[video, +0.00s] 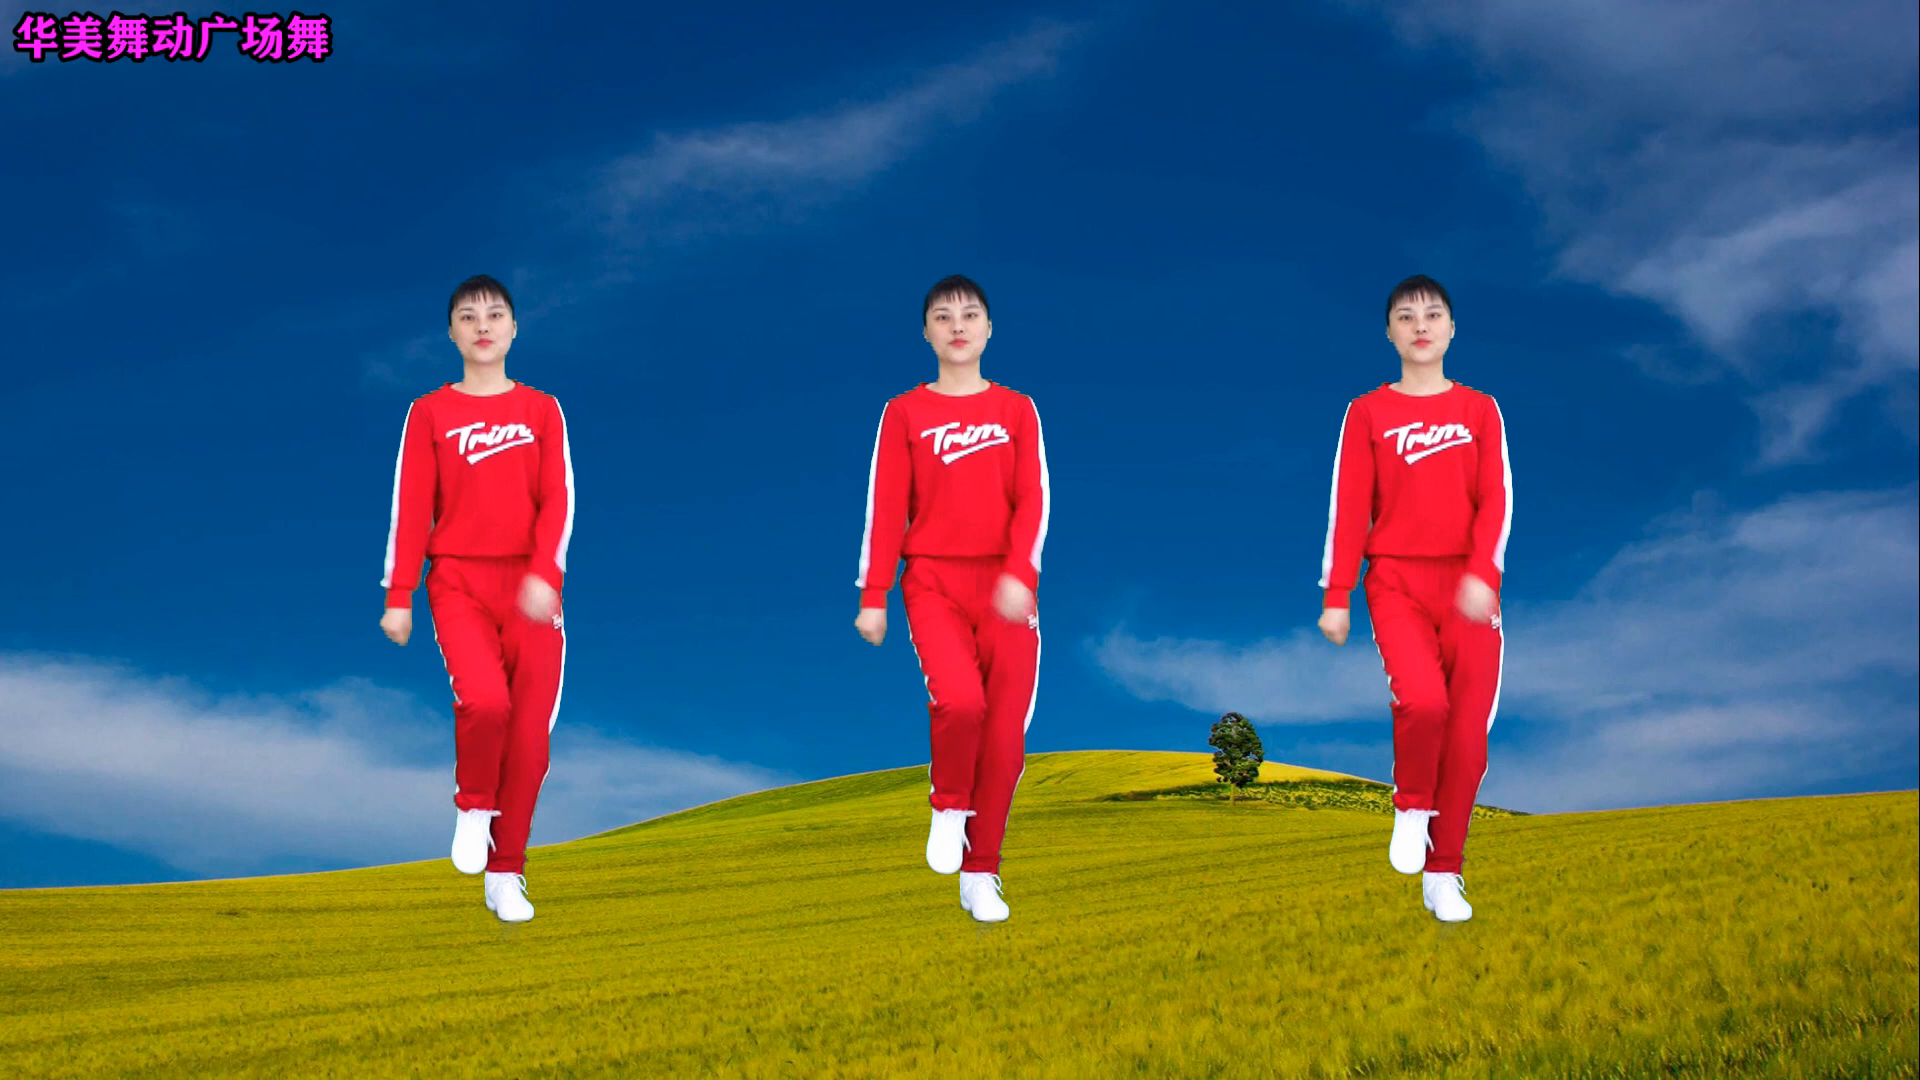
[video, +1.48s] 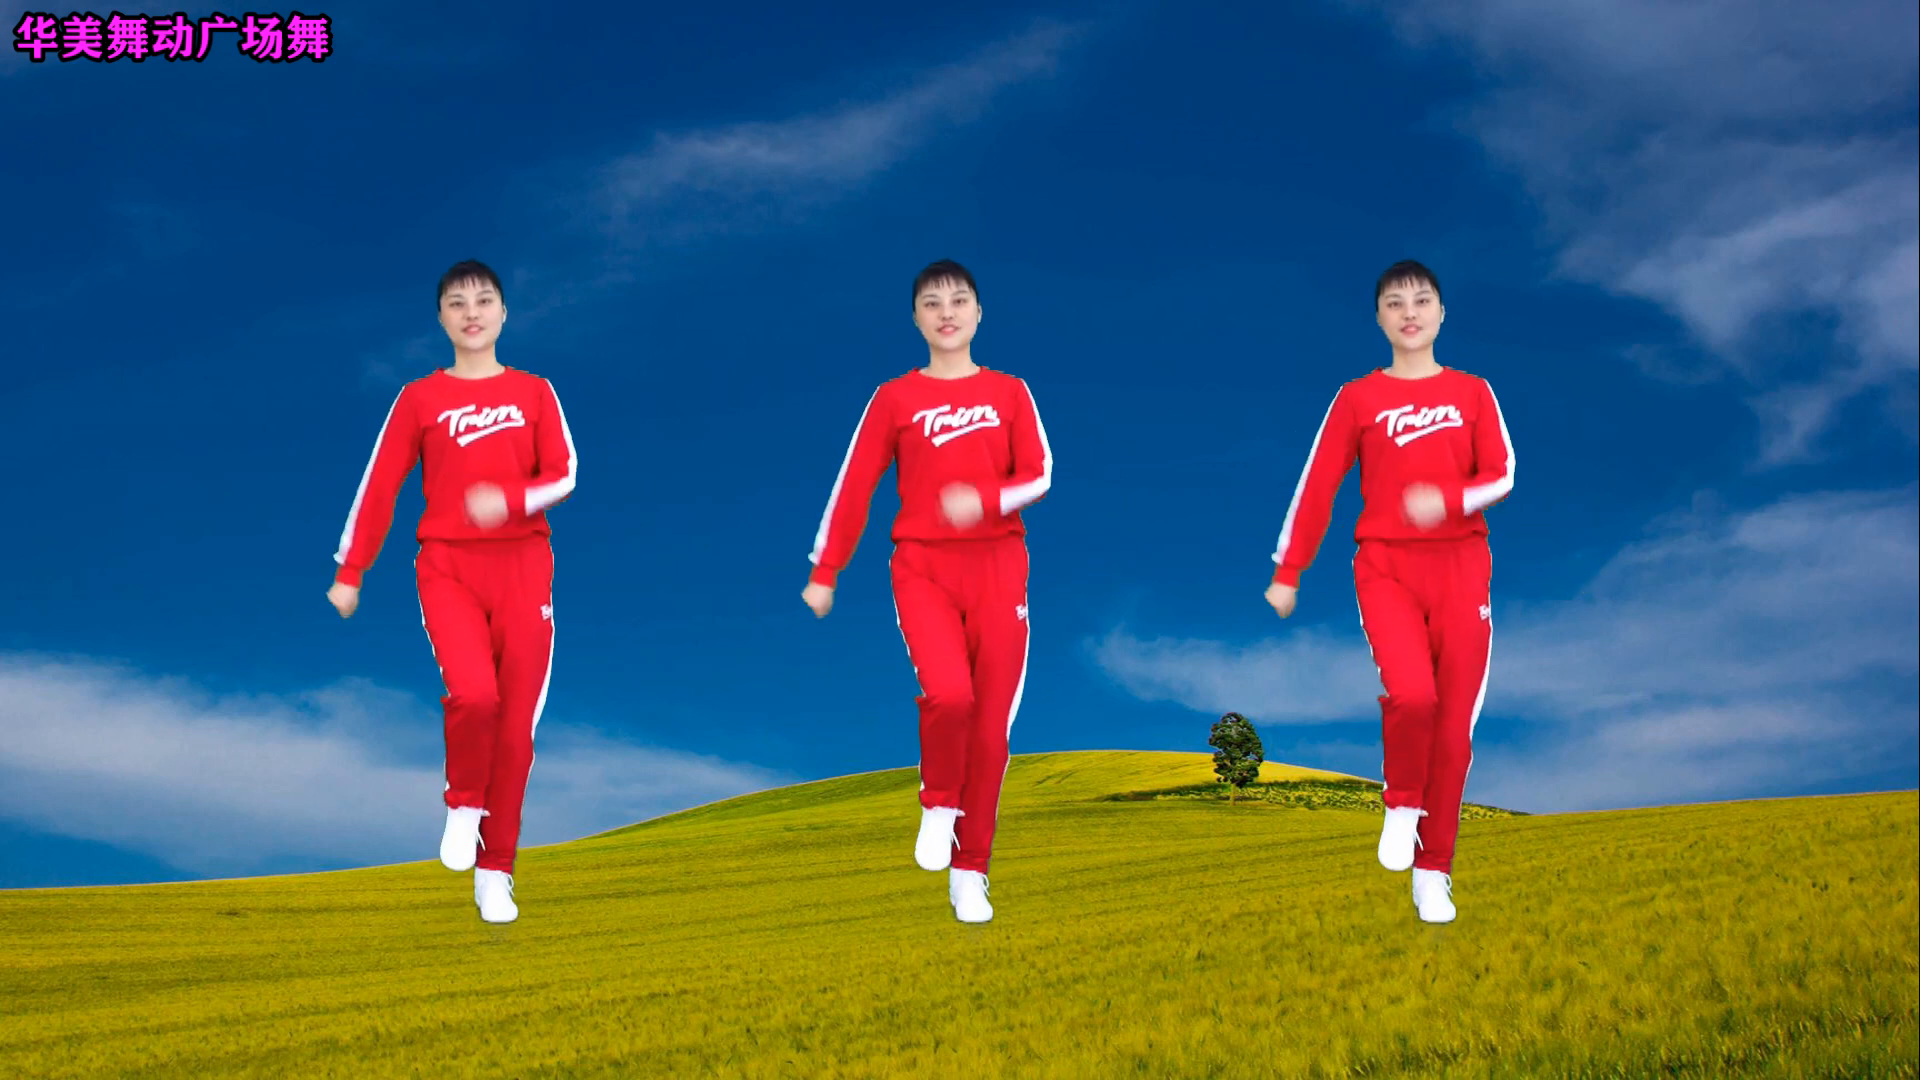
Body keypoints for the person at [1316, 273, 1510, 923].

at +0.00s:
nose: (1420, 326)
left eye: (1432, 315)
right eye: (1407, 317)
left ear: (1451, 328)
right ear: (1391, 332)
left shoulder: (1481, 408)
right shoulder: (1367, 411)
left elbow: (1496, 498)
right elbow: (1348, 507)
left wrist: (1483, 574)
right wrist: (1337, 595)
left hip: (1470, 582)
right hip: (1395, 581)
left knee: (1470, 726)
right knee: (1425, 703)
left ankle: (1445, 868)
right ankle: (1412, 807)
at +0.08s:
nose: (1420, 315)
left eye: (1431, 304)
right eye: (1407, 306)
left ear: (1450, 315)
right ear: (1391, 321)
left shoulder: (1481, 393)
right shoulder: (1365, 401)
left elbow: (1504, 471)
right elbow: (1329, 488)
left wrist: (1452, 496)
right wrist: (1304, 571)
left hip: (1470, 573)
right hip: (1395, 571)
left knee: (1466, 718)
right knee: (1425, 696)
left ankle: (1446, 868)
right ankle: (1415, 807)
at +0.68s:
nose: (1403, 327)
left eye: (1415, 317)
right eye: (1390, 317)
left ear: (1433, 329)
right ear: (1374, 330)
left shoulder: (1461, 407)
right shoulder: (1346, 410)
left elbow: (1468, 499)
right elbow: (1330, 498)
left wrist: (1465, 584)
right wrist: (1348, 569)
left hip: (1435, 582)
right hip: (1364, 583)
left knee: (1409, 714)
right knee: (1363, 735)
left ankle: (1430, 810)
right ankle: (1390, 867)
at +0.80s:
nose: (1402, 310)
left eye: (1415, 300)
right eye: (1389, 300)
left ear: (1432, 312)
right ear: (1372, 312)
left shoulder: (1460, 389)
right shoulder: (1342, 393)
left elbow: (1499, 476)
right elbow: (1305, 473)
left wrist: (1517, 565)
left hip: (1437, 567)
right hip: (1361, 567)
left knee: (1410, 711)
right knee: (1369, 723)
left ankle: (1427, 818)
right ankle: (1392, 862)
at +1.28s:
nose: (1409, 322)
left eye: (1421, 311)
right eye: (1396, 311)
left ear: (1439, 321)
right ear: (1380, 323)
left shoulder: (1470, 399)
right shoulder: (1354, 403)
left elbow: (1514, 485)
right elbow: (1348, 488)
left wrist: (1555, 566)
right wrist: (1371, 555)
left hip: (1460, 573)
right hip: (1385, 575)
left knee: (1451, 728)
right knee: (1398, 722)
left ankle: (1434, 868)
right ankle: (1395, 838)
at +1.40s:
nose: (1410, 326)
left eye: (1422, 315)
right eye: (1397, 316)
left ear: (1440, 325)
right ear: (1381, 329)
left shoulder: (1472, 405)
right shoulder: (1357, 409)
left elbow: (1493, 495)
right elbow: (1337, 504)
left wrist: (1477, 568)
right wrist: (1326, 592)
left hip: (1461, 578)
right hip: (1384, 578)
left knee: (1460, 730)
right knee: (1413, 704)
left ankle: (1433, 869)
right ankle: (1400, 805)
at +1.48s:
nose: (1409, 313)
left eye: (1421, 302)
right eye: (1396, 304)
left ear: (1440, 312)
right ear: (1381, 318)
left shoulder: (1472, 391)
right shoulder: (1356, 399)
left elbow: (1500, 475)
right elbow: (1316, 484)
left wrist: (1450, 497)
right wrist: (1288, 569)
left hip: (1461, 571)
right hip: (1385, 570)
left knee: (1455, 723)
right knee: (1412, 697)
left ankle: (1435, 868)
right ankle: (1404, 806)